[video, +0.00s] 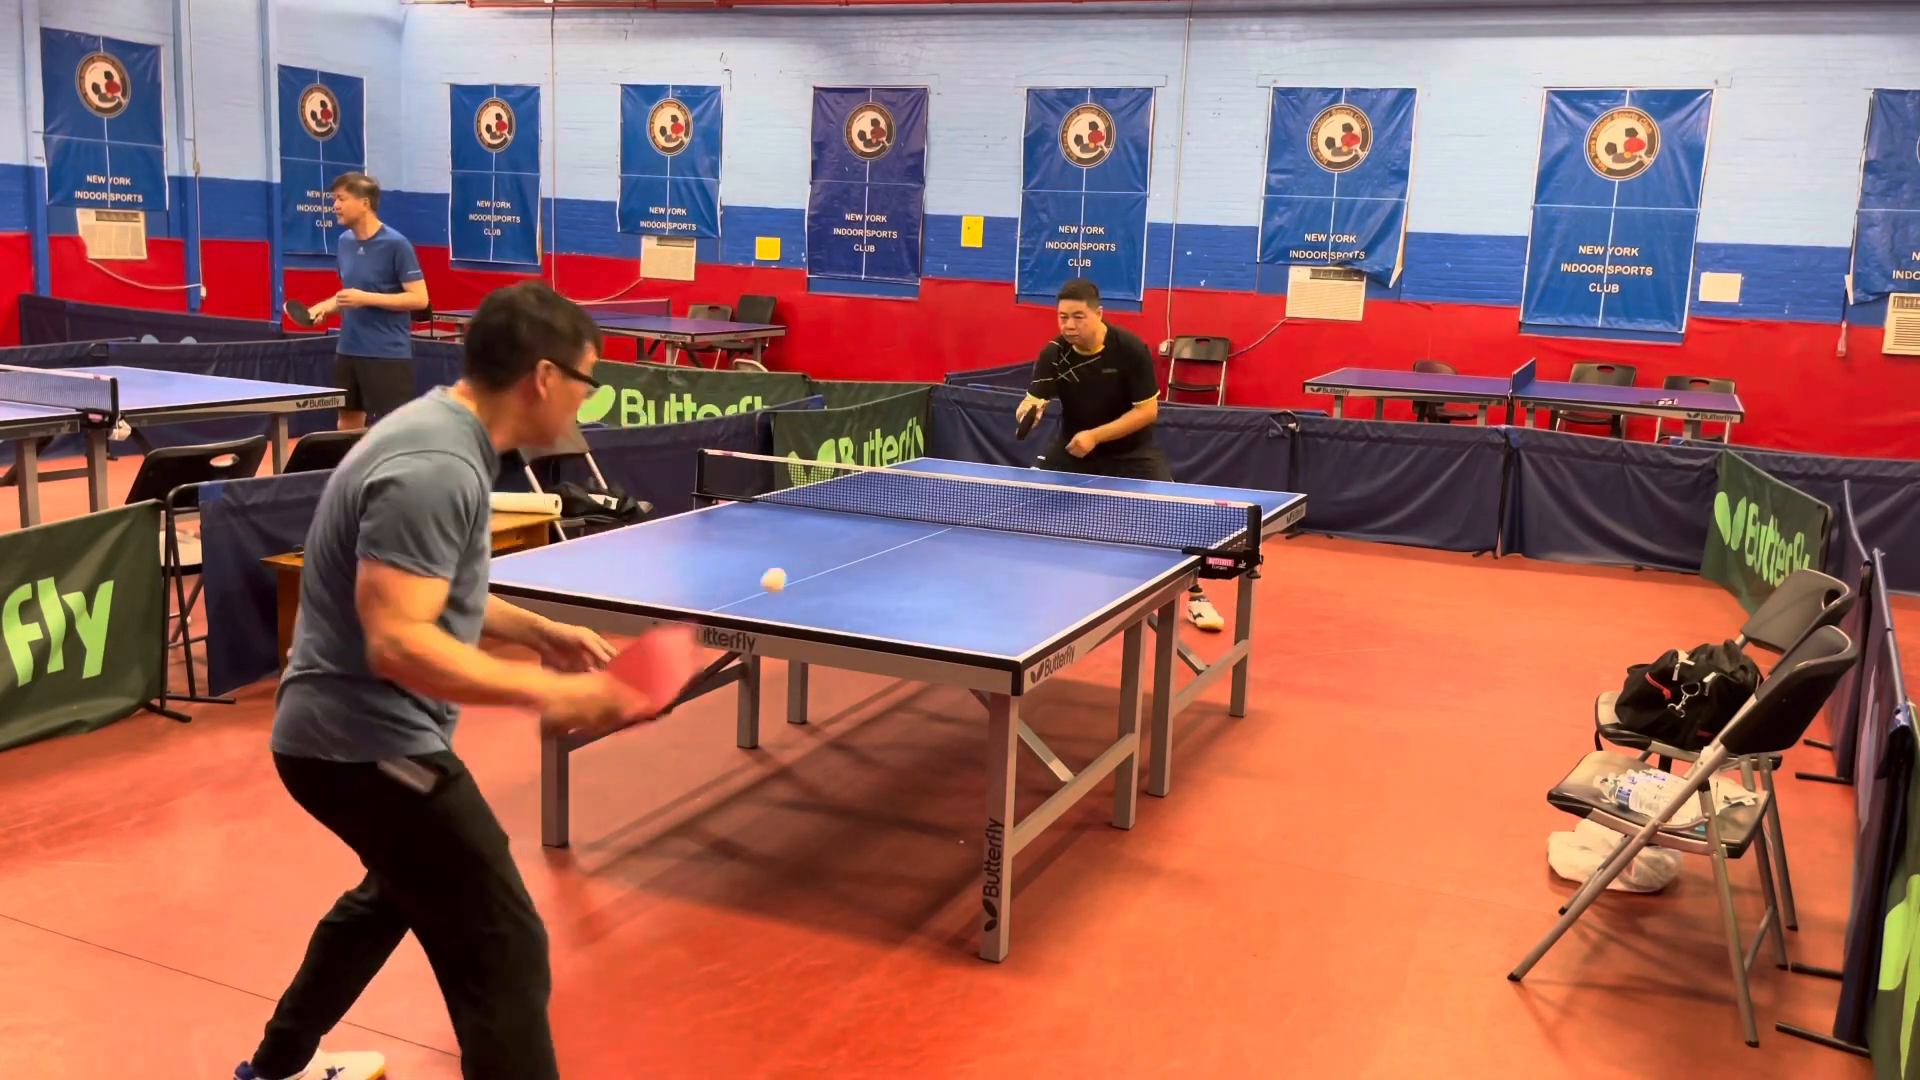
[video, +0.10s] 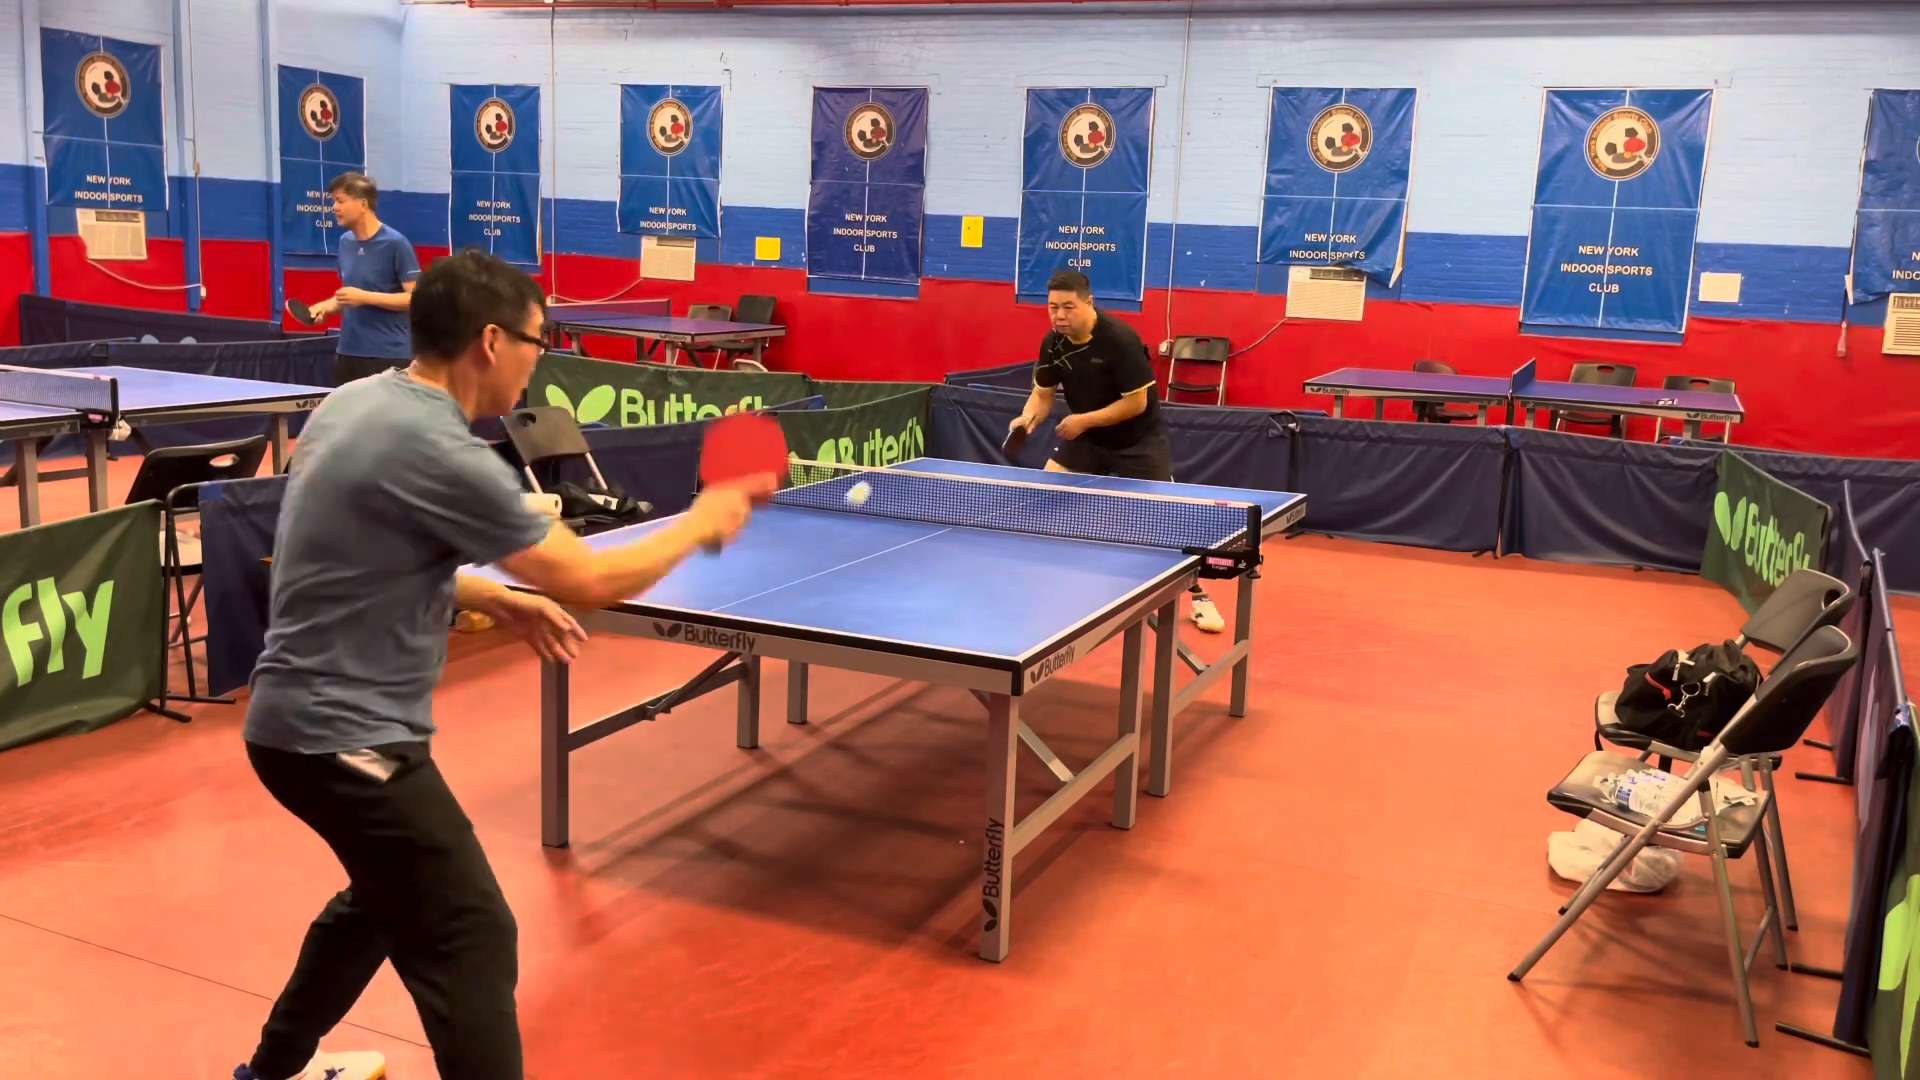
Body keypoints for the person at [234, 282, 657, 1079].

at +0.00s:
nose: (584, 404)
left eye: (587, 385)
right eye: (583, 383)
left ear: (524, 374)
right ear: (540, 378)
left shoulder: (447, 443)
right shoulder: (433, 466)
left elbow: (434, 596)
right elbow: (395, 641)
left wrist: (540, 635)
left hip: (360, 731)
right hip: (364, 746)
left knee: (401, 887)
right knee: (504, 947)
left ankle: (276, 1063)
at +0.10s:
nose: (537, 362)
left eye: (539, 344)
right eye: (532, 343)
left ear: (461, 339)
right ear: (486, 344)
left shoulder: (348, 404)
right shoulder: (438, 446)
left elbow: (370, 561)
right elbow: (587, 582)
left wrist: (498, 598)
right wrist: (697, 526)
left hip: (291, 717)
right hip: (352, 735)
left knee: (386, 895)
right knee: (473, 933)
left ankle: (273, 1064)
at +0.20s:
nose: (519, 355)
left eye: (521, 337)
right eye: (516, 336)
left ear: (415, 332)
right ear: (480, 339)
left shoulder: (317, 408)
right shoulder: (468, 446)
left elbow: (310, 554)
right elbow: (626, 494)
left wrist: (447, 592)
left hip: (253, 723)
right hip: (345, 746)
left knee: (356, 880)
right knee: (468, 942)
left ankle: (269, 1064)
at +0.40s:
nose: (541, 389)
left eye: (541, 370)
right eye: (539, 370)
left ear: (430, 363)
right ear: (512, 372)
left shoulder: (326, 431)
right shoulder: (494, 473)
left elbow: (254, 570)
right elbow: (615, 555)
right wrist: (643, 457)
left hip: (250, 750)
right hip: (360, 773)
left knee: (325, 887)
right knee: (507, 974)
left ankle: (266, 1064)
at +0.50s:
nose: (576, 396)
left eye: (577, 377)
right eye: (575, 377)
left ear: (469, 371)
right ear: (551, 382)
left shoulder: (352, 441)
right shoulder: (536, 498)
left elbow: (271, 574)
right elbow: (603, 644)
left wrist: (389, 571)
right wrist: (664, 567)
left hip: (267, 754)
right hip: (380, 777)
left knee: (329, 891)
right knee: (532, 979)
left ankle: (264, 1065)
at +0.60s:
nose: (621, 405)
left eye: (621, 386)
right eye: (620, 387)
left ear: (511, 380)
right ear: (598, 394)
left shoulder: (407, 443)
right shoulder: (562, 519)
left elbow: (321, 575)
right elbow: (553, 710)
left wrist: (447, 657)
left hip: (281, 747)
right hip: (386, 778)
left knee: (332, 889)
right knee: (544, 981)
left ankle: (259, 1063)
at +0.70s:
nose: (655, 431)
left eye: (658, 413)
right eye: (656, 412)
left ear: (551, 399)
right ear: (630, 417)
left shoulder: (473, 459)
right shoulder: (542, 536)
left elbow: (419, 600)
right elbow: (474, 731)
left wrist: (524, 670)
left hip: (296, 755)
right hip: (374, 791)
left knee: (350, 901)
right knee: (536, 1009)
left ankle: (223, 1064)